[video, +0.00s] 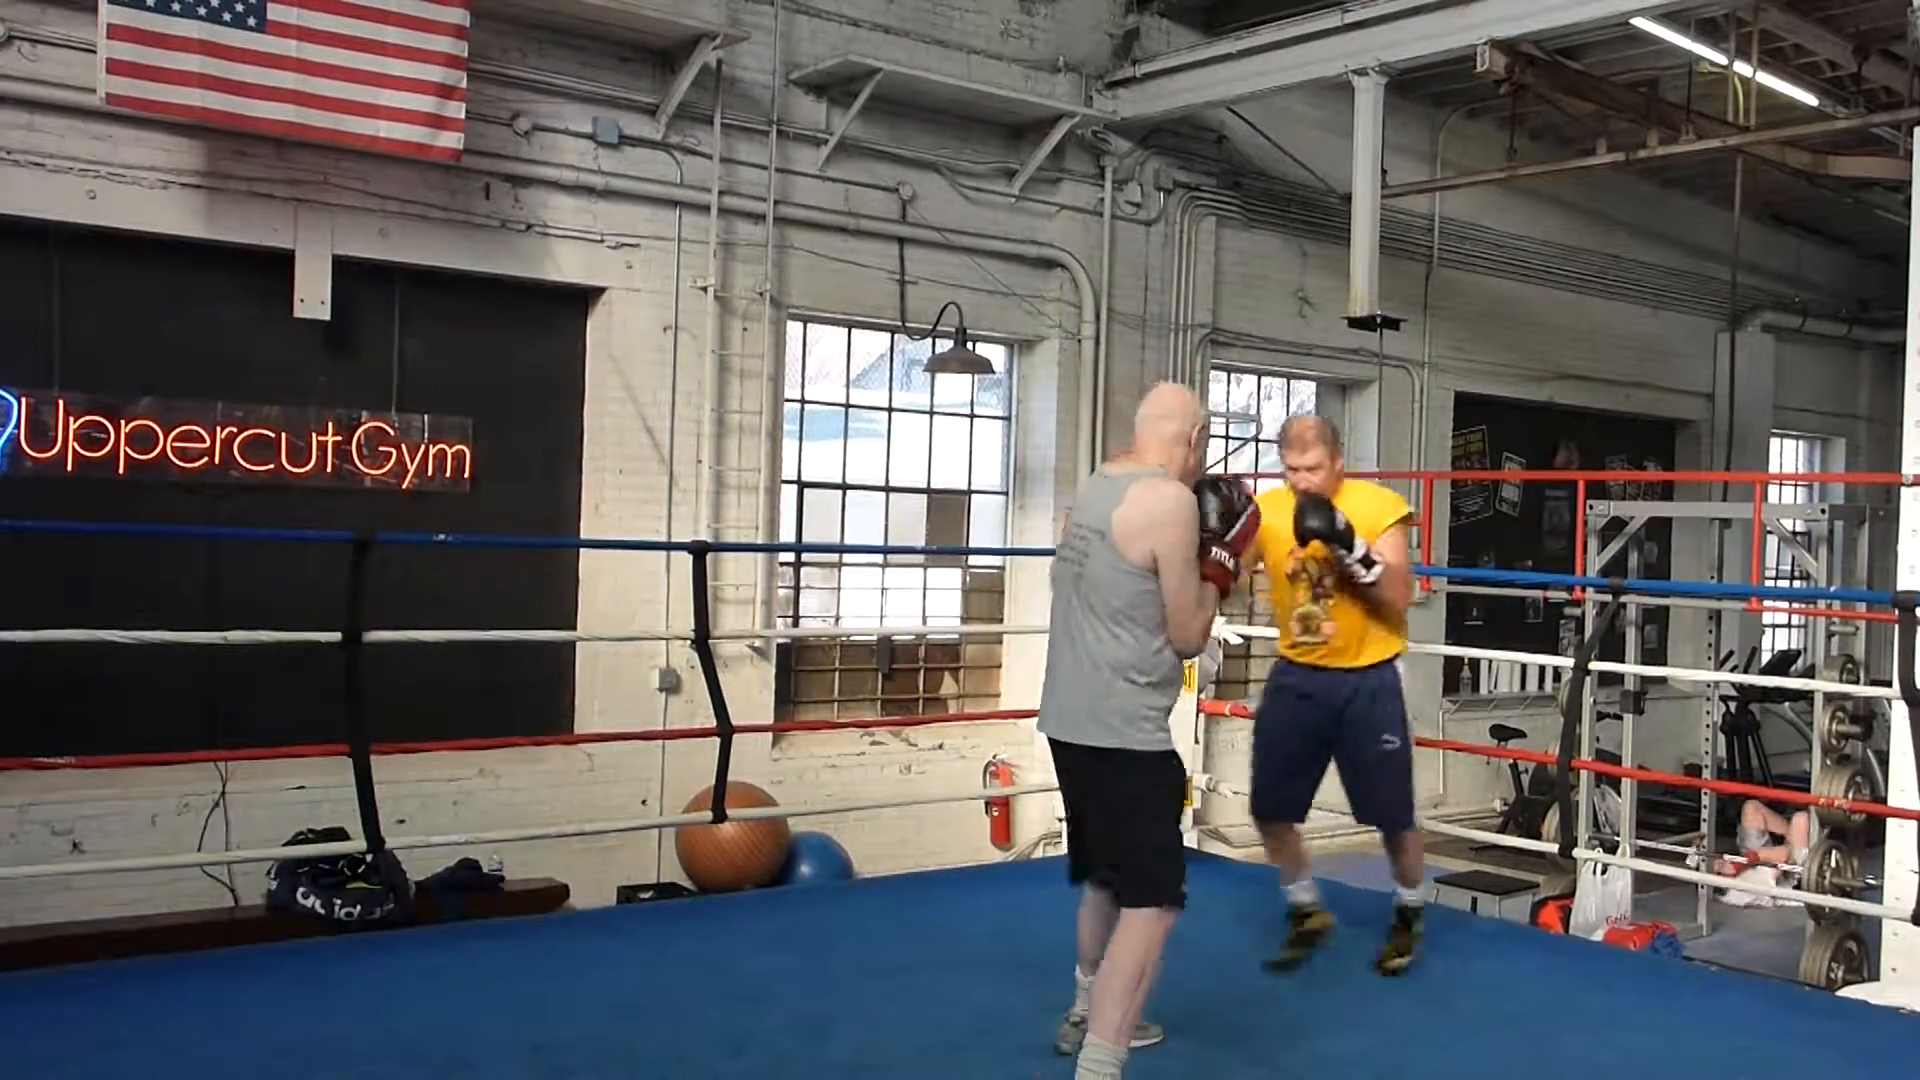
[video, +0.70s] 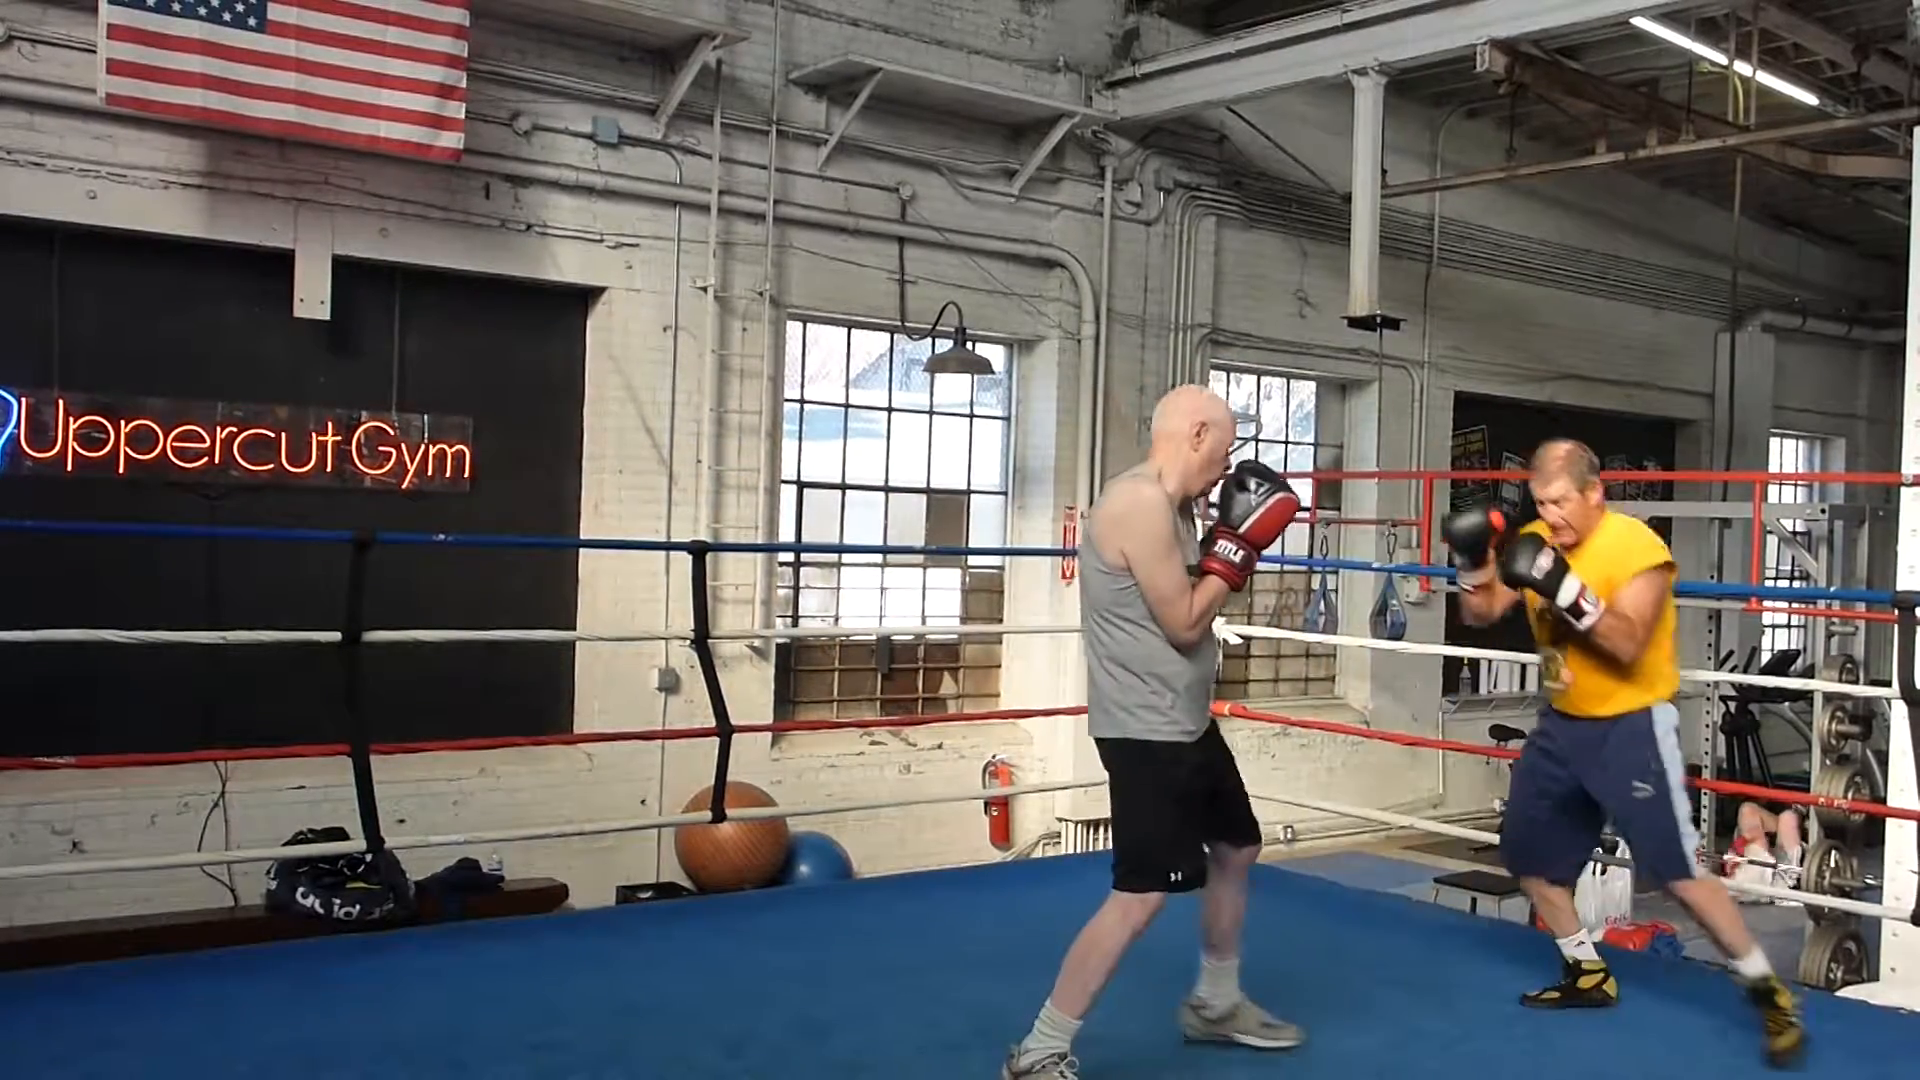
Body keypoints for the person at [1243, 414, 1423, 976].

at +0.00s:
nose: (1303, 481)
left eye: (1313, 469)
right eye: (1293, 471)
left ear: (1338, 461)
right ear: (1281, 466)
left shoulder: (1376, 505)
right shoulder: (1266, 510)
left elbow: (1399, 598)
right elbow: (1226, 581)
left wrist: (1351, 551)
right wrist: (1224, 533)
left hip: (1369, 683)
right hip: (1296, 681)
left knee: (1393, 816)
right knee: (1272, 809)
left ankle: (1409, 916)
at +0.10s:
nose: (1340, 494)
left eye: (1351, 483)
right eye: (1330, 484)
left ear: (1375, 476)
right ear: (1317, 478)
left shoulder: (1411, 525)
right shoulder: (1295, 522)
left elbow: (1429, 621)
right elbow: (1249, 592)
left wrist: (1383, 566)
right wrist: (1238, 535)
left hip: (1401, 694)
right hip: (1327, 696)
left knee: (1438, 825)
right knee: (1320, 825)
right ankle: (1352, 932)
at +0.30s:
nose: (1412, 523)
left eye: (1423, 509)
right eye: (1404, 512)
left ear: (1454, 500)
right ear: (1396, 508)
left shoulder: (1494, 554)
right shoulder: (1387, 551)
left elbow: (1492, 647)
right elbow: (1336, 620)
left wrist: (1434, 586)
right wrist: (1327, 574)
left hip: (1481, 725)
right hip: (1402, 719)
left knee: (1522, 857)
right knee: (1349, 833)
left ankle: (1578, 962)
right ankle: (1357, 939)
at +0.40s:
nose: (1446, 499)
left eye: (1457, 485)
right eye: (1439, 487)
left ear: (1493, 477)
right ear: (1435, 486)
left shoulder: (1535, 525)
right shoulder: (1436, 536)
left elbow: (1534, 613)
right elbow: (1381, 602)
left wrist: (1466, 556)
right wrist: (1370, 553)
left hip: (1528, 706)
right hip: (1451, 704)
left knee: (1556, 843)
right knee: (1410, 827)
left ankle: (1588, 960)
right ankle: (1393, 941)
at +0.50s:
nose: (1479, 478)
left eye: (1489, 464)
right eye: (1471, 468)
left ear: (1524, 456)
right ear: (1466, 468)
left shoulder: (1567, 506)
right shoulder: (1473, 520)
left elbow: (1572, 595)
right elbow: (1419, 584)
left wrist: (1507, 539)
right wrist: (1407, 534)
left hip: (1564, 686)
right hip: (1491, 686)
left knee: (1580, 827)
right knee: (1471, 818)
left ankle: (1622, 949)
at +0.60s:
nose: (1513, 490)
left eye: (1523, 476)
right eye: (1505, 479)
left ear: (1559, 465)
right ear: (1498, 477)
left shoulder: (1600, 516)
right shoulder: (1502, 520)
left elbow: (1601, 612)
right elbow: (1447, 588)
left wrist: (1535, 550)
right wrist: (1440, 538)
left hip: (1598, 695)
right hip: (1530, 696)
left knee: (1622, 841)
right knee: (1528, 840)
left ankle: (1694, 958)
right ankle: (1585, 966)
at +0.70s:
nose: (1549, 516)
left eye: (1559, 503)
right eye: (1540, 505)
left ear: (1594, 492)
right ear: (1534, 502)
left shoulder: (1637, 545)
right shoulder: (1536, 543)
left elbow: (1628, 644)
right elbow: (1482, 613)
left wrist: (1558, 584)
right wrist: (1474, 561)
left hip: (1634, 726)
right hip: (1562, 726)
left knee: (1677, 869)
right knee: (1529, 850)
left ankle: (1769, 992)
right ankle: (1587, 973)